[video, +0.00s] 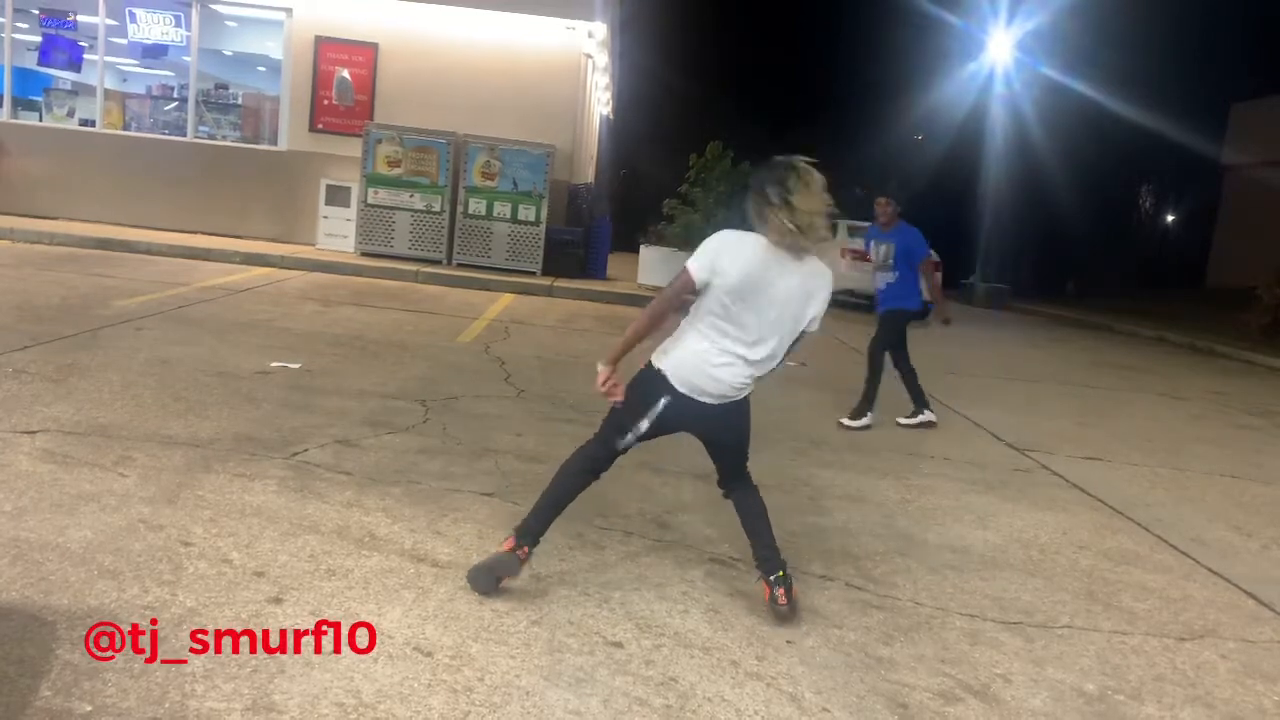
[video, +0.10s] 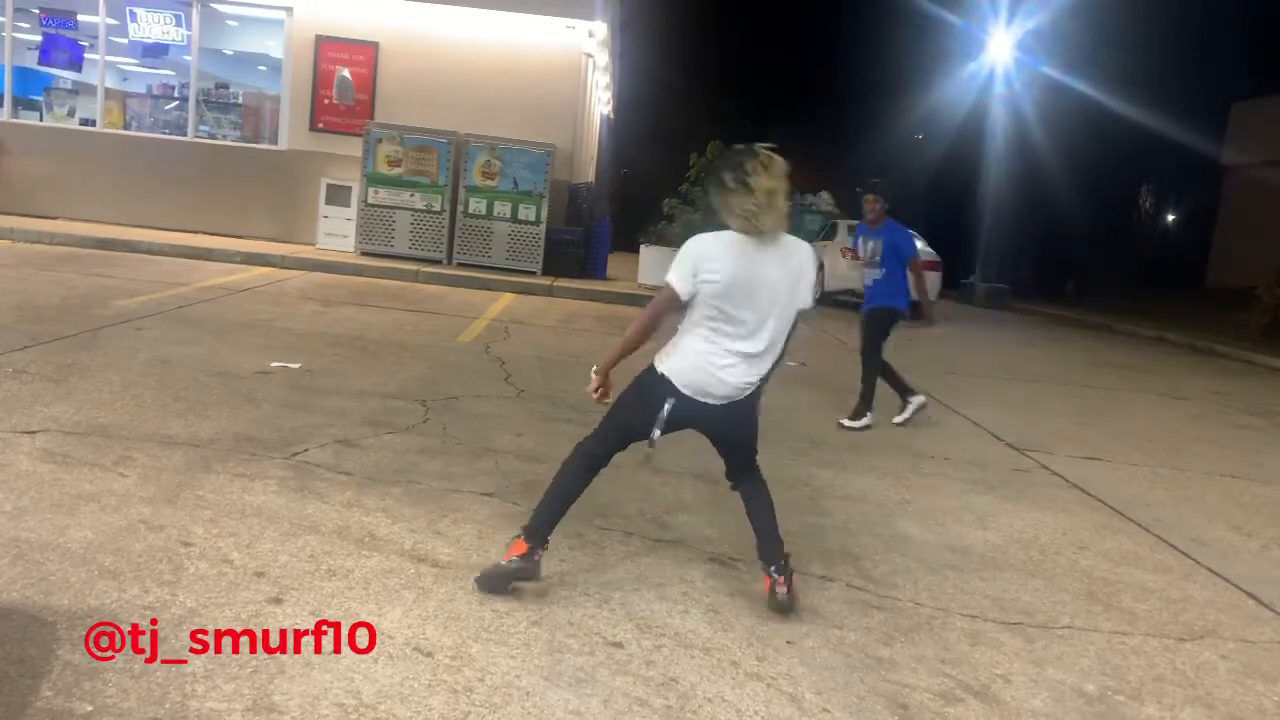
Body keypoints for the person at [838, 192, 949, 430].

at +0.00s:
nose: (882, 210)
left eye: (887, 206)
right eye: (879, 206)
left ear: (896, 209)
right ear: (874, 209)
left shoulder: (910, 235)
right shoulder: (873, 233)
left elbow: (929, 271)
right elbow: (875, 258)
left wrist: (941, 307)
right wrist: (855, 255)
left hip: (905, 305)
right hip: (886, 304)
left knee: (875, 348)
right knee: (901, 360)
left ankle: (864, 411)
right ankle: (923, 409)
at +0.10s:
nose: (870, 207)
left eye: (875, 202)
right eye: (867, 202)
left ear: (885, 206)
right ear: (862, 206)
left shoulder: (898, 233)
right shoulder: (861, 230)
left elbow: (917, 269)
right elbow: (865, 258)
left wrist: (925, 304)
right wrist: (852, 256)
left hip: (891, 301)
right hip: (871, 300)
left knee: (870, 354)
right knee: (870, 355)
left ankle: (863, 411)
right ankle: (910, 396)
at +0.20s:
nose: (857, 201)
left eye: (862, 196)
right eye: (853, 196)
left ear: (872, 198)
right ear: (849, 198)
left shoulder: (884, 226)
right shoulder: (848, 224)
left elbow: (897, 266)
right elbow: (849, 253)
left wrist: (900, 305)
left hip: (879, 299)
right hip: (856, 297)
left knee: (867, 350)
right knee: (845, 349)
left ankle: (864, 409)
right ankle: (878, 389)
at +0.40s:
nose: (818, 205)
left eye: (824, 201)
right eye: (816, 200)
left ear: (835, 203)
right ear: (814, 203)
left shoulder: (847, 229)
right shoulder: (815, 228)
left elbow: (865, 270)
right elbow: (820, 264)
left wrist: (865, 312)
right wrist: (816, 289)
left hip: (846, 304)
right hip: (822, 302)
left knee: (847, 356)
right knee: (796, 342)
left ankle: (863, 411)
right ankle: (793, 397)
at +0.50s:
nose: (800, 188)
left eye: (805, 182)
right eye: (796, 183)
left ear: (815, 185)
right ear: (790, 186)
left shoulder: (827, 212)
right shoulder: (789, 212)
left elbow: (845, 249)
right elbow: (795, 249)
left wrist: (847, 289)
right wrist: (790, 282)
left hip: (824, 288)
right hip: (798, 287)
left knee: (829, 340)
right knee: (782, 337)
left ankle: (848, 398)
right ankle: (789, 392)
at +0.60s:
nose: (780, 186)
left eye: (784, 179)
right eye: (778, 180)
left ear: (792, 181)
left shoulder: (808, 206)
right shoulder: (774, 208)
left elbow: (831, 244)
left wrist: (839, 283)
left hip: (809, 284)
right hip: (782, 282)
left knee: (816, 336)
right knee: (776, 335)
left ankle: (839, 392)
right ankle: (783, 389)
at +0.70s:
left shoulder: (802, 209)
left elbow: (815, 244)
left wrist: (832, 283)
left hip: (803, 277)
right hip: (775, 276)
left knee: (803, 337)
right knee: (765, 333)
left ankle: (829, 396)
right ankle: (776, 390)